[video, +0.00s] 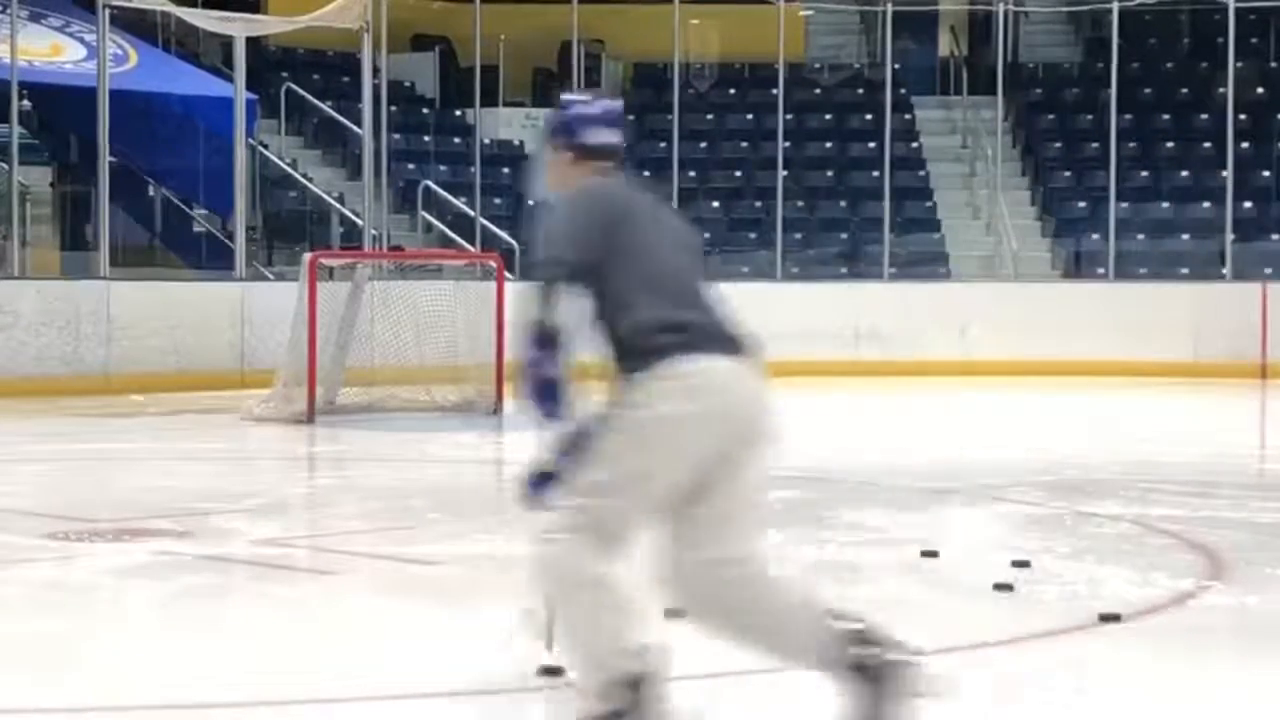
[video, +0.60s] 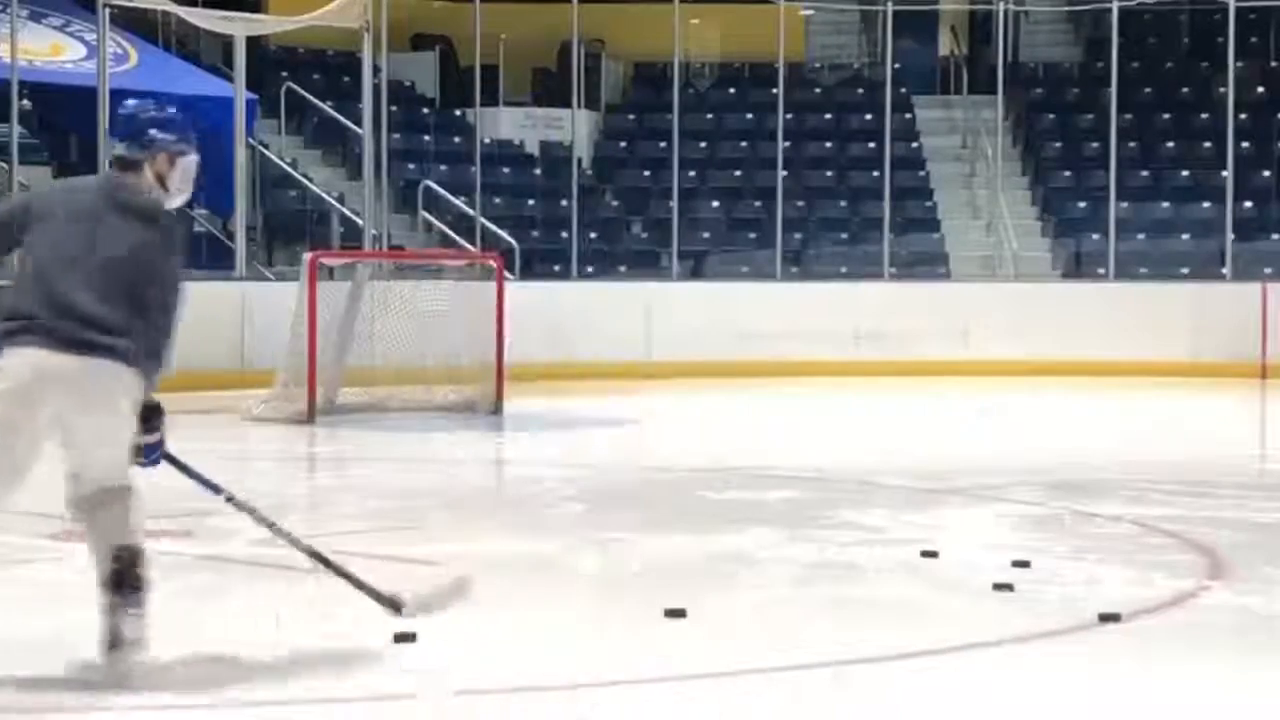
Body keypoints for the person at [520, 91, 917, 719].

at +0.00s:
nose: (546, 168)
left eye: (551, 155)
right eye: (549, 155)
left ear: (569, 154)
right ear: (612, 154)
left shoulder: (578, 204)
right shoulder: (656, 213)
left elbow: (545, 326)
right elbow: (660, 366)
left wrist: (552, 419)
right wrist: (574, 452)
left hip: (679, 385)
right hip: (742, 386)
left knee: (573, 534)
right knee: (708, 569)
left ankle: (623, 687)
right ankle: (859, 654)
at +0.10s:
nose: (438, 161)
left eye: (442, 151)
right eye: (444, 151)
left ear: (455, 149)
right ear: (506, 150)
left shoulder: (457, 191)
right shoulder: (538, 204)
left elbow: (405, 253)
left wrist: (393, 332)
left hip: (542, 380)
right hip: (608, 381)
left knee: (434, 528)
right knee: (546, 562)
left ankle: (472, 681)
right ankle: (677, 636)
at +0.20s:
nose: (363, 162)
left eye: (363, 151)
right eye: (374, 152)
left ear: (362, 147)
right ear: (419, 149)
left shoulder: (356, 191)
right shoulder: (444, 210)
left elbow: (282, 239)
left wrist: (278, 313)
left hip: (406, 379)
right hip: (473, 384)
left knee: (312, 519)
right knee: (399, 549)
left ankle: (323, 673)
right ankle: (508, 628)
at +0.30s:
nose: (350, 166)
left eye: (349, 154)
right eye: (345, 154)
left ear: (281, 148)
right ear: (327, 152)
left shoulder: (254, 189)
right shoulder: (348, 212)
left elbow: (169, 239)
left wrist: (183, 315)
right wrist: (234, 350)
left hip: (286, 379)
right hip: (358, 384)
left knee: (200, 509)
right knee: (283, 524)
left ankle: (191, 662)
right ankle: (368, 618)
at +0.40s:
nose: (283, 169)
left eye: (282, 156)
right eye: (278, 156)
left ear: (215, 148)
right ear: (255, 156)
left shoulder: (167, 187)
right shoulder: (274, 219)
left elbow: (80, 244)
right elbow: (250, 310)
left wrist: (109, 301)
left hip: (175, 371)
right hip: (255, 380)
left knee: (94, 513)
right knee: (204, 511)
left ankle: (75, 656)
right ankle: (263, 604)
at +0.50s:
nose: (221, 174)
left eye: (222, 161)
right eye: (216, 161)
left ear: (154, 155)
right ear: (195, 162)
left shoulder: (99, 192)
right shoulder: (212, 234)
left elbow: (11, 234)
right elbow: (202, 333)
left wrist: (39, 297)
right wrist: (192, 404)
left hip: (89, 366)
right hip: (169, 380)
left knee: (16, 504)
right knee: (146, 497)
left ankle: (5, 610)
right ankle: (183, 589)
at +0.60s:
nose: (184, 179)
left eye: (186, 167)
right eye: (179, 166)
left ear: (121, 159)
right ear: (154, 163)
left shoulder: (55, 196)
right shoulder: (162, 230)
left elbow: (3, 228)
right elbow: (156, 324)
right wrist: (145, 397)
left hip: (23, 362)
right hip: (106, 373)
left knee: (3, 483)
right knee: (106, 487)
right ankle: (124, 595)